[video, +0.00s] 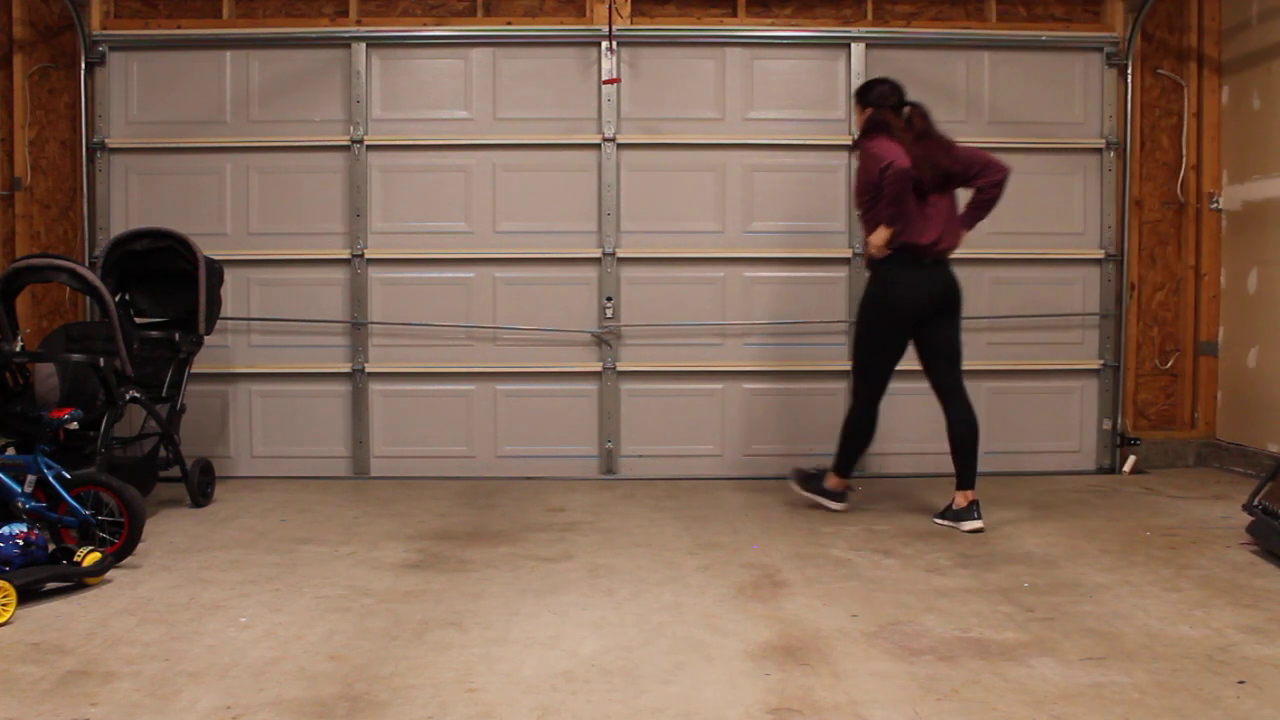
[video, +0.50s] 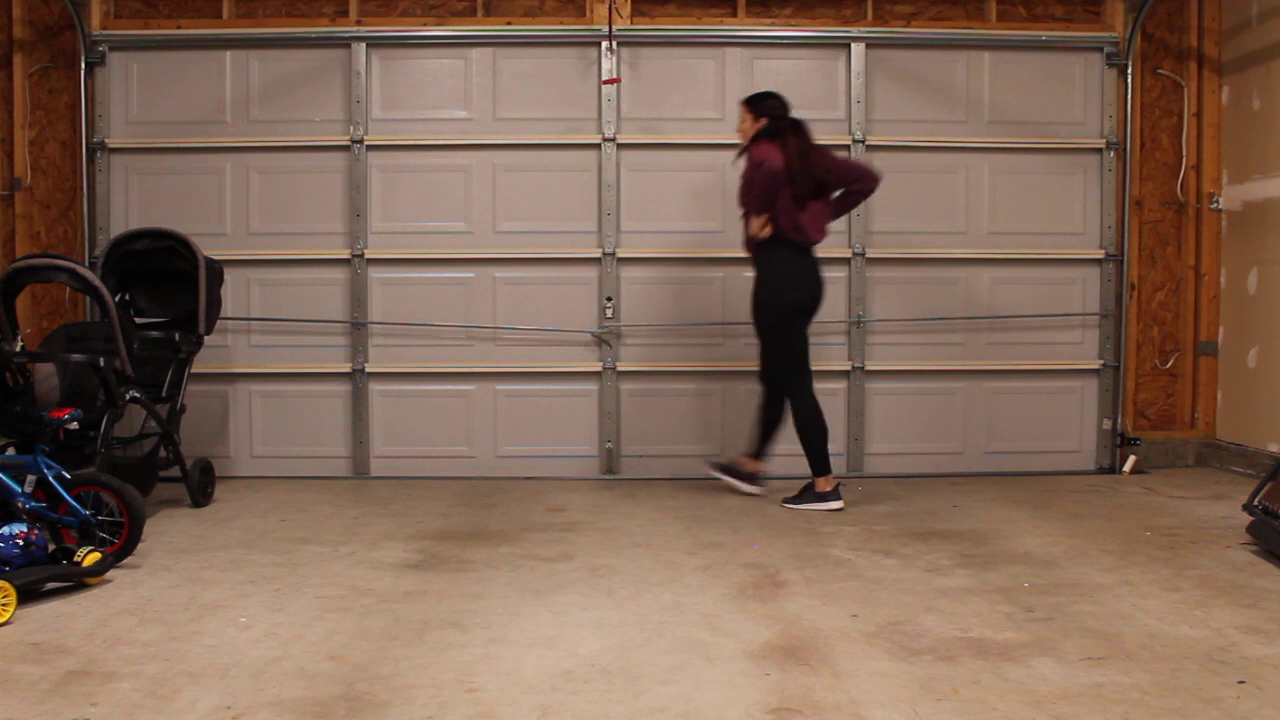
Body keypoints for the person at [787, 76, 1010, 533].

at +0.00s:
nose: (855, 121)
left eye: (857, 113)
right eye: (856, 113)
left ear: (868, 113)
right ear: (898, 112)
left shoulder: (874, 145)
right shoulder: (928, 146)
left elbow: (899, 168)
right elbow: (995, 172)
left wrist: (886, 228)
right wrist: (961, 225)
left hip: (893, 283)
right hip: (937, 280)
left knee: (866, 391)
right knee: (953, 392)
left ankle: (835, 483)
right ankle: (965, 501)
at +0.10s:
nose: (832, 129)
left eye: (834, 122)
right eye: (833, 122)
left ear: (849, 122)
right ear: (873, 120)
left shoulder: (852, 155)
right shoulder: (903, 155)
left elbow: (873, 179)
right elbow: (967, 182)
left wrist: (861, 241)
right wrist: (933, 234)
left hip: (868, 288)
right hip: (911, 286)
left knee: (845, 392)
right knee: (925, 390)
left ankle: (827, 487)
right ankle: (963, 493)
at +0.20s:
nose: (806, 127)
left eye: (809, 119)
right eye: (807, 119)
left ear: (824, 119)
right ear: (847, 118)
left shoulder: (827, 153)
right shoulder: (878, 152)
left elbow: (845, 180)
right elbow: (938, 183)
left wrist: (830, 234)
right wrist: (905, 233)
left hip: (839, 284)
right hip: (880, 282)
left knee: (824, 389)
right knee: (882, 386)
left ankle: (824, 486)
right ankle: (943, 465)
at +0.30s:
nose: (782, 124)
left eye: (785, 117)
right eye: (783, 117)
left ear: (802, 118)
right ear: (822, 117)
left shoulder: (805, 148)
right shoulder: (853, 149)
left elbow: (816, 167)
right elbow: (915, 177)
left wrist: (800, 216)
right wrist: (880, 218)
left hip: (817, 276)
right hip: (853, 274)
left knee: (812, 382)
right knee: (835, 375)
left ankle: (824, 486)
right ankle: (893, 449)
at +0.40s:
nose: (761, 123)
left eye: (765, 116)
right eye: (763, 116)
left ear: (781, 117)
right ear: (800, 118)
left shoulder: (783, 143)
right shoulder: (829, 145)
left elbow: (791, 153)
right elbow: (894, 167)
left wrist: (777, 206)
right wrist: (852, 203)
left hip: (799, 270)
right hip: (828, 268)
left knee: (802, 380)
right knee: (803, 377)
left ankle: (824, 484)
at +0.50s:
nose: (738, 128)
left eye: (743, 121)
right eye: (740, 121)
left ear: (761, 121)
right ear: (776, 121)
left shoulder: (762, 148)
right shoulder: (806, 152)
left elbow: (770, 168)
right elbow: (866, 178)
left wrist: (755, 216)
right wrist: (820, 216)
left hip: (777, 273)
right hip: (805, 272)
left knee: (797, 384)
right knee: (775, 377)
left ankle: (825, 485)